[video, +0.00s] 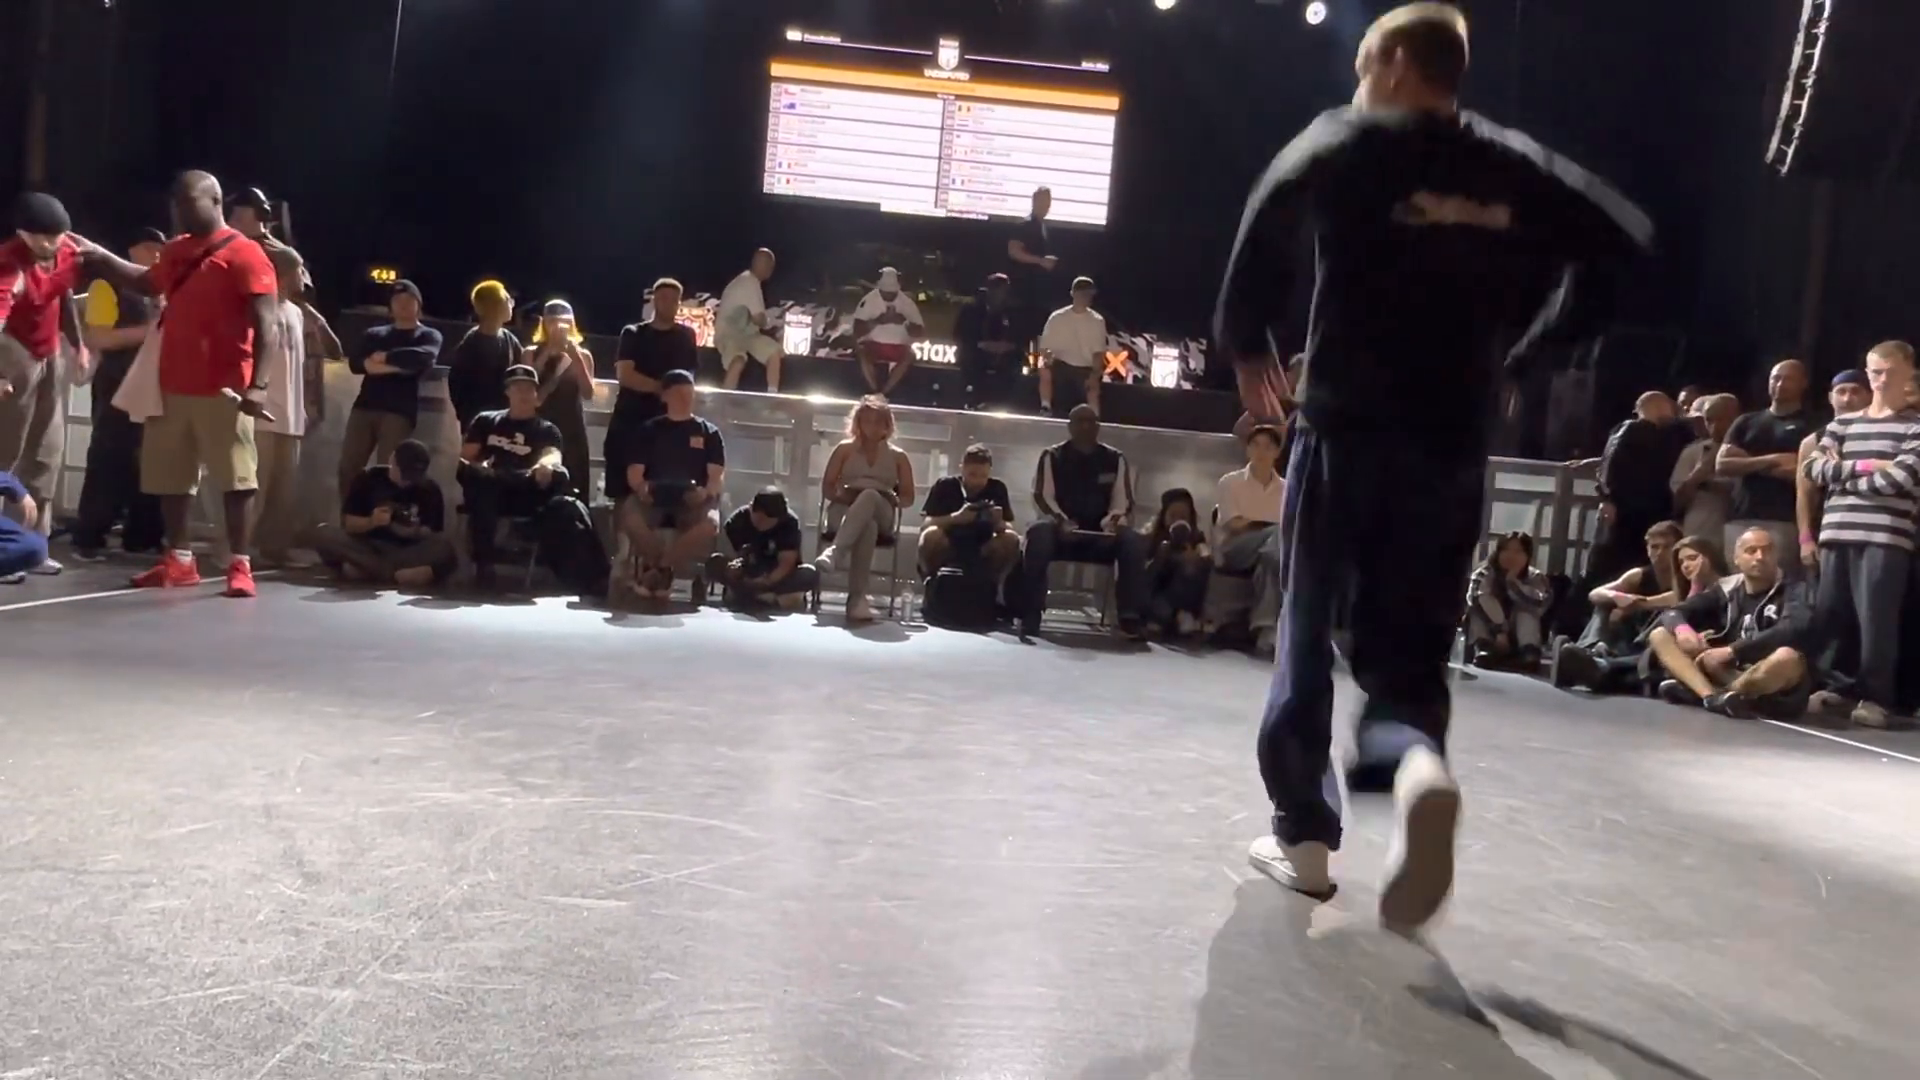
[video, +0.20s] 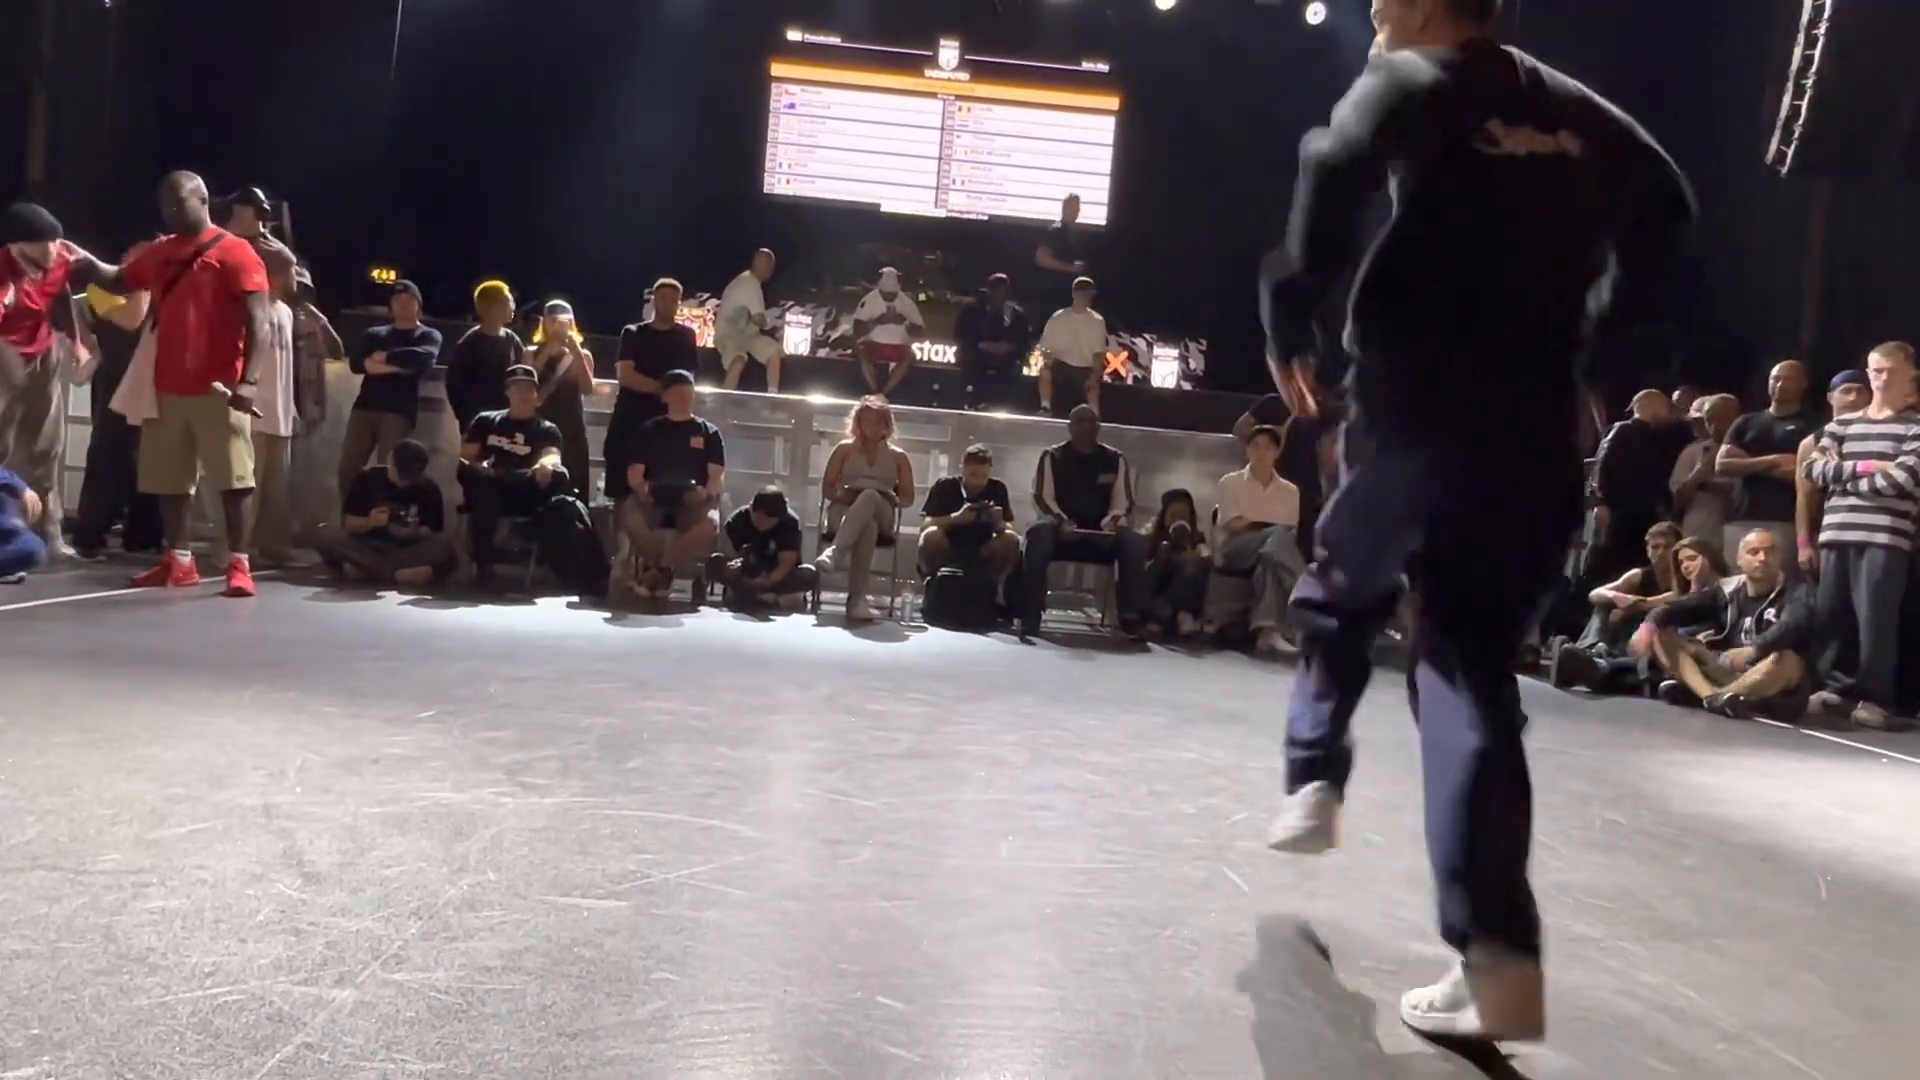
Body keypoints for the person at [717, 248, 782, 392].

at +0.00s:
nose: (770, 270)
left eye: (771, 266)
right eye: (769, 265)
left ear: (757, 264)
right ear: (760, 264)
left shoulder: (752, 282)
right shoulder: (748, 282)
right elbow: (758, 318)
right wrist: (767, 322)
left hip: (749, 333)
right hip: (729, 333)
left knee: (774, 353)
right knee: (738, 360)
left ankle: (772, 396)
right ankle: (725, 399)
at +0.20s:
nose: (770, 270)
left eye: (771, 266)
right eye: (768, 265)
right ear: (759, 264)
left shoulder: (752, 282)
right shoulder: (748, 282)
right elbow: (758, 318)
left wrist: (769, 316)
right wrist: (770, 322)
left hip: (748, 333)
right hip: (728, 333)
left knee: (774, 353)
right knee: (738, 359)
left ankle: (772, 396)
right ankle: (724, 398)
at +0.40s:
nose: (772, 270)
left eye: (772, 266)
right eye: (770, 266)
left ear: (756, 264)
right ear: (762, 265)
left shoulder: (752, 282)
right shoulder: (749, 283)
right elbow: (759, 318)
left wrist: (766, 318)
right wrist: (767, 323)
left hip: (750, 334)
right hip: (730, 333)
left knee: (774, 353)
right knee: (739, 359)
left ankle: (773, 397)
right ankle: (726, 399)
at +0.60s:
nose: (772, 271)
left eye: (773, 267)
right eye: (771, 266)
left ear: (757, 264)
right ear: (762, 265)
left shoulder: (753, 283)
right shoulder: (749, 283)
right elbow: (759, 319)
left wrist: (765, 318)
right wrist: (766, 324)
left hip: (751, 335)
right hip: (730, 334)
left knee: (775, 354)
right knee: (739, 360)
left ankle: (773, 398)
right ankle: (726, 400)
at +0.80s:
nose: (773, 272)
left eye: (774, 268)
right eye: (772, 267)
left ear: (758, 265)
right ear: (764, 266)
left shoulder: (755, 284)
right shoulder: (750, 284)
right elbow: (760, 319)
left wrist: (766, 319)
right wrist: (768, 324)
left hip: (752, 336)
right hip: (731, 335)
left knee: (776, 355)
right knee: (740, 360)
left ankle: (774, 398)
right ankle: (727, 400)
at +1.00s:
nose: (773, 271)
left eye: (773, 267)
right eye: (771, 266)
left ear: (758, 265)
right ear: (762, 265)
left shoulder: (755, 285)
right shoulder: (748, 283)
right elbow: (759, 319)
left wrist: (763, 320)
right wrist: (766, 323)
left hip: (751, 335)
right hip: (730, 334)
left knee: (774, 354)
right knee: (739, 360)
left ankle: (773, 398)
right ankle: (727, 400)